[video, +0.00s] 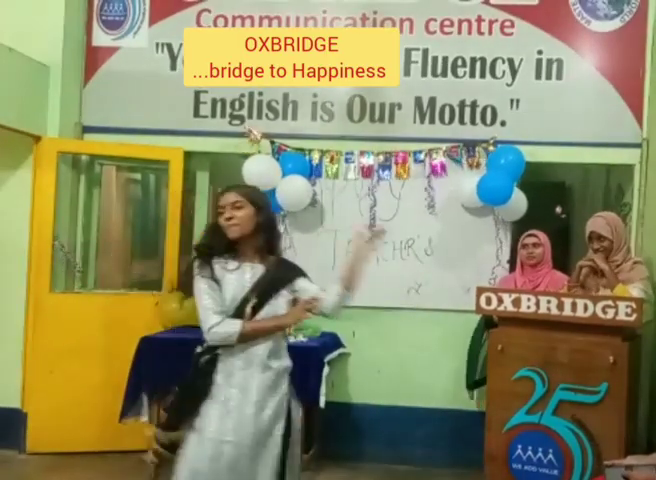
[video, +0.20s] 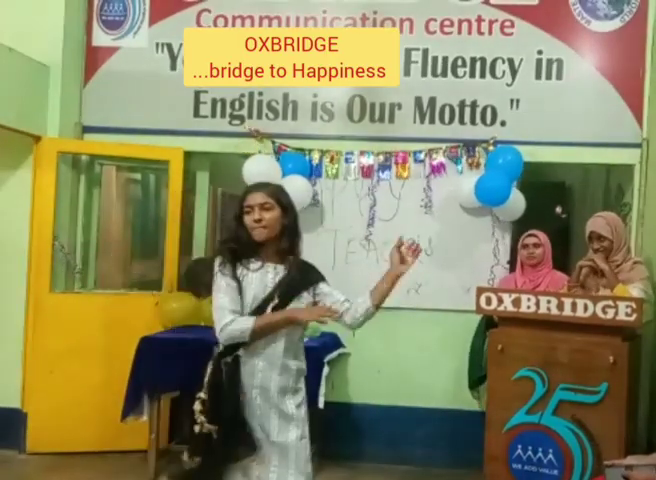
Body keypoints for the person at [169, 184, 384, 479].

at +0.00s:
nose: (228, 215)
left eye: (237, 207)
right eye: (221, 211)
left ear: (259, 213)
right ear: (217, 221)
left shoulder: (283, 270)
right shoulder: (208, 266)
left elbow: (330, 306)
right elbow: (214, 331)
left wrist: (357, 256)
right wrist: (284, 321)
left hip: (268, 384)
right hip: (224, 383)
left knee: (263, 466)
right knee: (207, 463)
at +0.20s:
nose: (256, 217)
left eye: (266, 208)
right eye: (249, 210)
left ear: (286, 216)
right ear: (241, 219)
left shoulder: (302, 273)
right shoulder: (228, 267)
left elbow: (353, 316)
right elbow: (226, 331)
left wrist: (393, 273)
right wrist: (290, 315)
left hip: (287, 401)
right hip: (236, 399)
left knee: (294, 472)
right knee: (241, 471)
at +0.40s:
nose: (266, 219)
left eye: (276, 211)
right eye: (259, 211)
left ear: (295, 220)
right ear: (251, 218)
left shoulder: (312, 274)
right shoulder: (238, 272)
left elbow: (301, 334)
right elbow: (212, 338)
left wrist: (295, 274)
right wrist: (205, 294)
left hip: (281, 396)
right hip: (231, 391)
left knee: (275, 470)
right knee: (219, 468)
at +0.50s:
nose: (262, 218)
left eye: (273, 212)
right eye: (257, 210)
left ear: (292, 222)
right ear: (248, 216)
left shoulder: (300, 273)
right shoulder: (244, 272)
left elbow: (255, 324)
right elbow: (206, 327)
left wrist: (223, 278)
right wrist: (186, 275)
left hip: (272, 390)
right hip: (233, 385)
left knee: (271, 467)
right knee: (220, 466)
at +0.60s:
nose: (252, 216)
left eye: (265, 211)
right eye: (249, 207)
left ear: (284, 223)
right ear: (241, 211)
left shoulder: (280, 272)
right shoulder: (243, 268)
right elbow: (200, 314)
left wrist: (182, 256)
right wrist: (181, 260)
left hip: (260, 387)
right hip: (233, 379)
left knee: (250, 466)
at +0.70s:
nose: (240, 214)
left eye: (253, 211)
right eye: (238, 205)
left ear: (272, 224)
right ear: (232, 207)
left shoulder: (253, 266)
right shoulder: (240, 260)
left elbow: (184, 298)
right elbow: (188, 306)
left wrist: (158, 266)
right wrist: (158, 262)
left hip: (243, 378)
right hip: (224, 372)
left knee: (252, 463)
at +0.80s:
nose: (224, 220)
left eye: (237, 218)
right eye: (225, 211)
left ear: (256, 232)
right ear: (219, 212)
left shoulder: (235, 274)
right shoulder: (217, 268)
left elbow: (160, 293)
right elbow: (178, 314)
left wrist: (126, 260)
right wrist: (137, 265)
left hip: (226, 387)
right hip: (204, 384)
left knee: (238, 469)